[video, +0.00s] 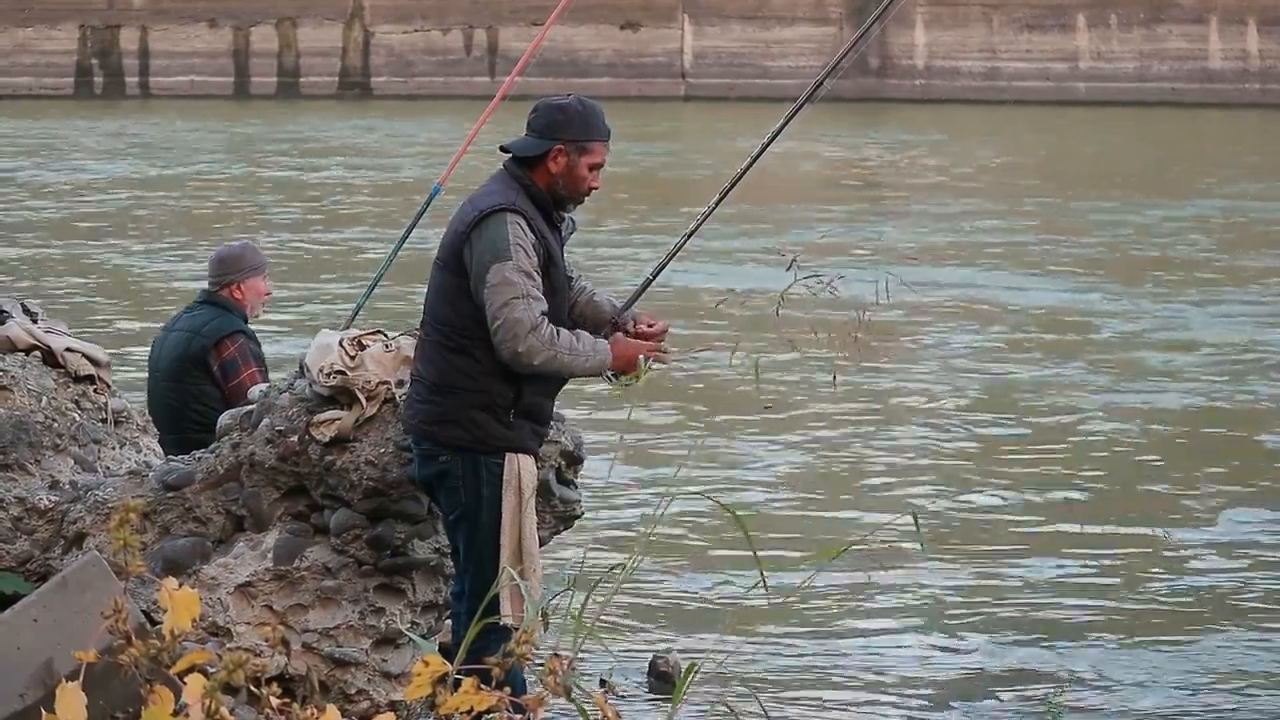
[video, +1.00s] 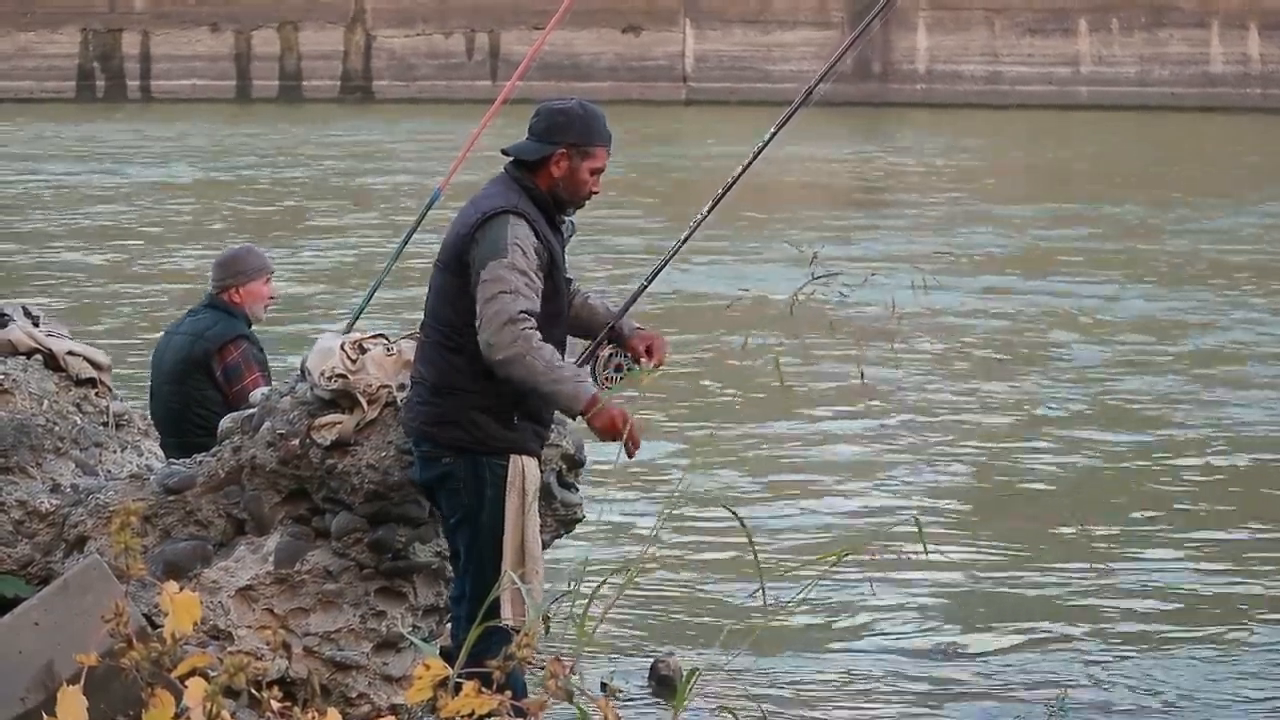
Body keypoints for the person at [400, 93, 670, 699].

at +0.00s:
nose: (598, 180)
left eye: (601, 167)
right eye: (593, 167)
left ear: (559, 159)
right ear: (555, 159)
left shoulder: (532, 216)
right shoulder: (504, 223)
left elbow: (561, 296)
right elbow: (522, 340)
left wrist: (618, 321)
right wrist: (609, 354)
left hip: (492, 433)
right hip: (468, 438)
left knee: (494, 592)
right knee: (489, 596)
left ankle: (487, 709)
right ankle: (488, 711)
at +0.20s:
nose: (598, 182)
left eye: (601, 169)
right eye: (592, 169)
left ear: (560, 161)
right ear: (554, 161)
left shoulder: (533, 217)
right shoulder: (504, 224)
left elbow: (560, 299)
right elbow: (520, 341)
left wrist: (619, 322)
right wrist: (603, 356)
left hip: (492, 435)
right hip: (467, 440)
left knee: (494, 593)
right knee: (489, 598)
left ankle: (485, 710)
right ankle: (484, 712)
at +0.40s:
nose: (597, 182)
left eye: (601, 169)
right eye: (593, 168)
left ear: (559, 159)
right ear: (555, 159)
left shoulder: (532, 217)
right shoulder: (505, 223)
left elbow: (557, 300)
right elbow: (508, 337)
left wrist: (621, 324)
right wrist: (595, 360)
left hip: (492, 436)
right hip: (468, 441)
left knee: (498, 593)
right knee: (490, 598)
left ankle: (492, 709)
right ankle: (486, 712)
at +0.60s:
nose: (598, 182)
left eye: (601, 169)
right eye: (592, 169)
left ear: (560, 160)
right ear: (554, 161)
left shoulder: (533, 217)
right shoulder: (506, 223)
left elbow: (554, 303)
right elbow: (503, 337)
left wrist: (623, 328)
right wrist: (594, 372)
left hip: (494, 437)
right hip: (469, 442)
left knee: (497, 595)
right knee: (490, 600)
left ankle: (489, 711)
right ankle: (484, 713)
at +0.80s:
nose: (598, 183)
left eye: (601, 170)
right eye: (593, 170)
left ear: (559, 161)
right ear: (556, 162)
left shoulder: (531, 215)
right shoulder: (507, 224)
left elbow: (551, 300)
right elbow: (506, 340)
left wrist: (619, 329)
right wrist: (595, 397)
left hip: (491, 434)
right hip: (469, 440)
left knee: (496, 593)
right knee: (490, 598)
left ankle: (489, 712)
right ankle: (482, 714)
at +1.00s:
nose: (599, 184)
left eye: (602, 171)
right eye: (594, 171)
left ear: (560, 161)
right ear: (558, 162)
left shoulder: (530, 215)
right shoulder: (508, 225)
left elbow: (552, 299)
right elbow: (507, 339)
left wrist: (621, 331)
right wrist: (590, 402)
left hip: (489, 437)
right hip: (468, 443)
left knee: (494, 595)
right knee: (490, 600)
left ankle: (486, 710)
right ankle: (485, 712)